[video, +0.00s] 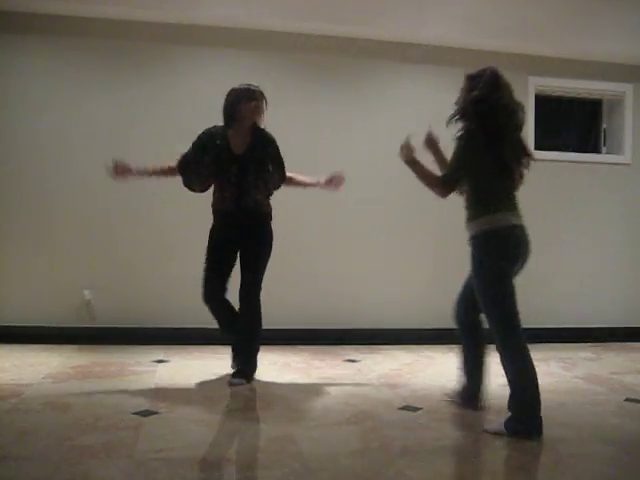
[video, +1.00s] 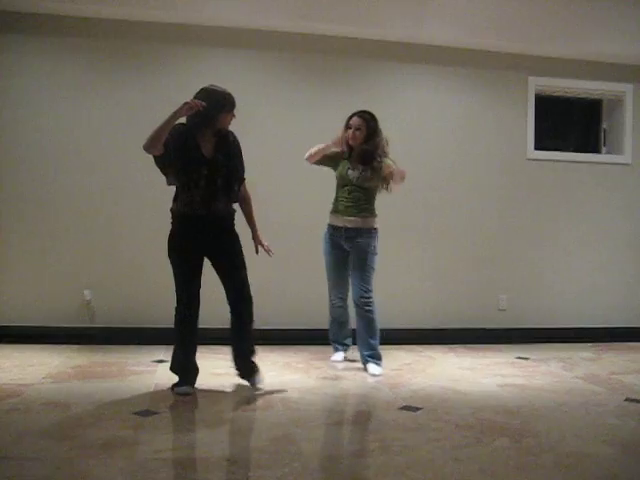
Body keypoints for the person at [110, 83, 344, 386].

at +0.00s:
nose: (262, 112)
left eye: (262, 107)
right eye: (256, 106)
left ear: (259, 111)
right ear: (238, 109)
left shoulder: (265, 143)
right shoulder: (213, 139)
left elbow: (281, 178)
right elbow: (181, 168)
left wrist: (321, 182)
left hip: (257, 228)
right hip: (224, 226)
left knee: (249, 296)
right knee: (213, 294)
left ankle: (245, 370)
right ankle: (243, 340)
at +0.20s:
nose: (253, 116)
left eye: (254, 111)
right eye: (248, 110)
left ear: (250, 116)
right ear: (232, 113)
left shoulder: (254, 145)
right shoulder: (203, 140)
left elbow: (296, 151)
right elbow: (158, 131)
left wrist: (310, 130)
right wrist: (145, 94)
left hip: (259, 229)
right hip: (227, 229)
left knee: (254, 300)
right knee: (184, 273)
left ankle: (246, 369)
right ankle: (211, 332)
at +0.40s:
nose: (244, 115)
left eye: (246, 110)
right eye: (240, 110)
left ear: (243, 113)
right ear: (223, 110)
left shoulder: (250, 136)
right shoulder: (196, 136)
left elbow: (290, 129)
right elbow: (151, 124)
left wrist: (282, 116)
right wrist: (175, 122)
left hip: (247, 226)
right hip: (213, 226)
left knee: (248, 299)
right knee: (200, 299)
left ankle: (242, 368)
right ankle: (181, 375)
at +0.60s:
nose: (238, 118)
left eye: (239, 113)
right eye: (233, 113)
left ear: (233, 116)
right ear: (216, 114)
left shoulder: (240, 143)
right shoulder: (190, 142)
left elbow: (266, 151)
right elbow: (142, 154)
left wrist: (280, 154)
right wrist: (169, 139)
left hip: (230, 231)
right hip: (196, 230)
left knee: (231, 304)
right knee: (192, 305)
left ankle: (229, 369)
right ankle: (185, 376)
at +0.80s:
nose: (231, 122)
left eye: (231, 117)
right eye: (226, 117)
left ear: (223, 119)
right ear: (208, 120)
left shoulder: (230, 146)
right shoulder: (182, 145)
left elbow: (246, 182)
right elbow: (148, 158)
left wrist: (264, 215)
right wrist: (174, 126)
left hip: (220, 234)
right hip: (185, 233)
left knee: (236, 304)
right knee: (185, 306)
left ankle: (200, 342)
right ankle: (185, 376)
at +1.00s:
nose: (232, 118)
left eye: (232, 113)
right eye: (228, 113)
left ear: (224, 114)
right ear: (212, 113)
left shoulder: (229, 141)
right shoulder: (181, 136)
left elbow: (241, 189)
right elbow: (150, 147)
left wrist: (255, 231)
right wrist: (178, 113)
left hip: (222, 229)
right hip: (186, 229)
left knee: (241, 298)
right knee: (187, 304)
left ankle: (246, 364)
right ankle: (185, 376)